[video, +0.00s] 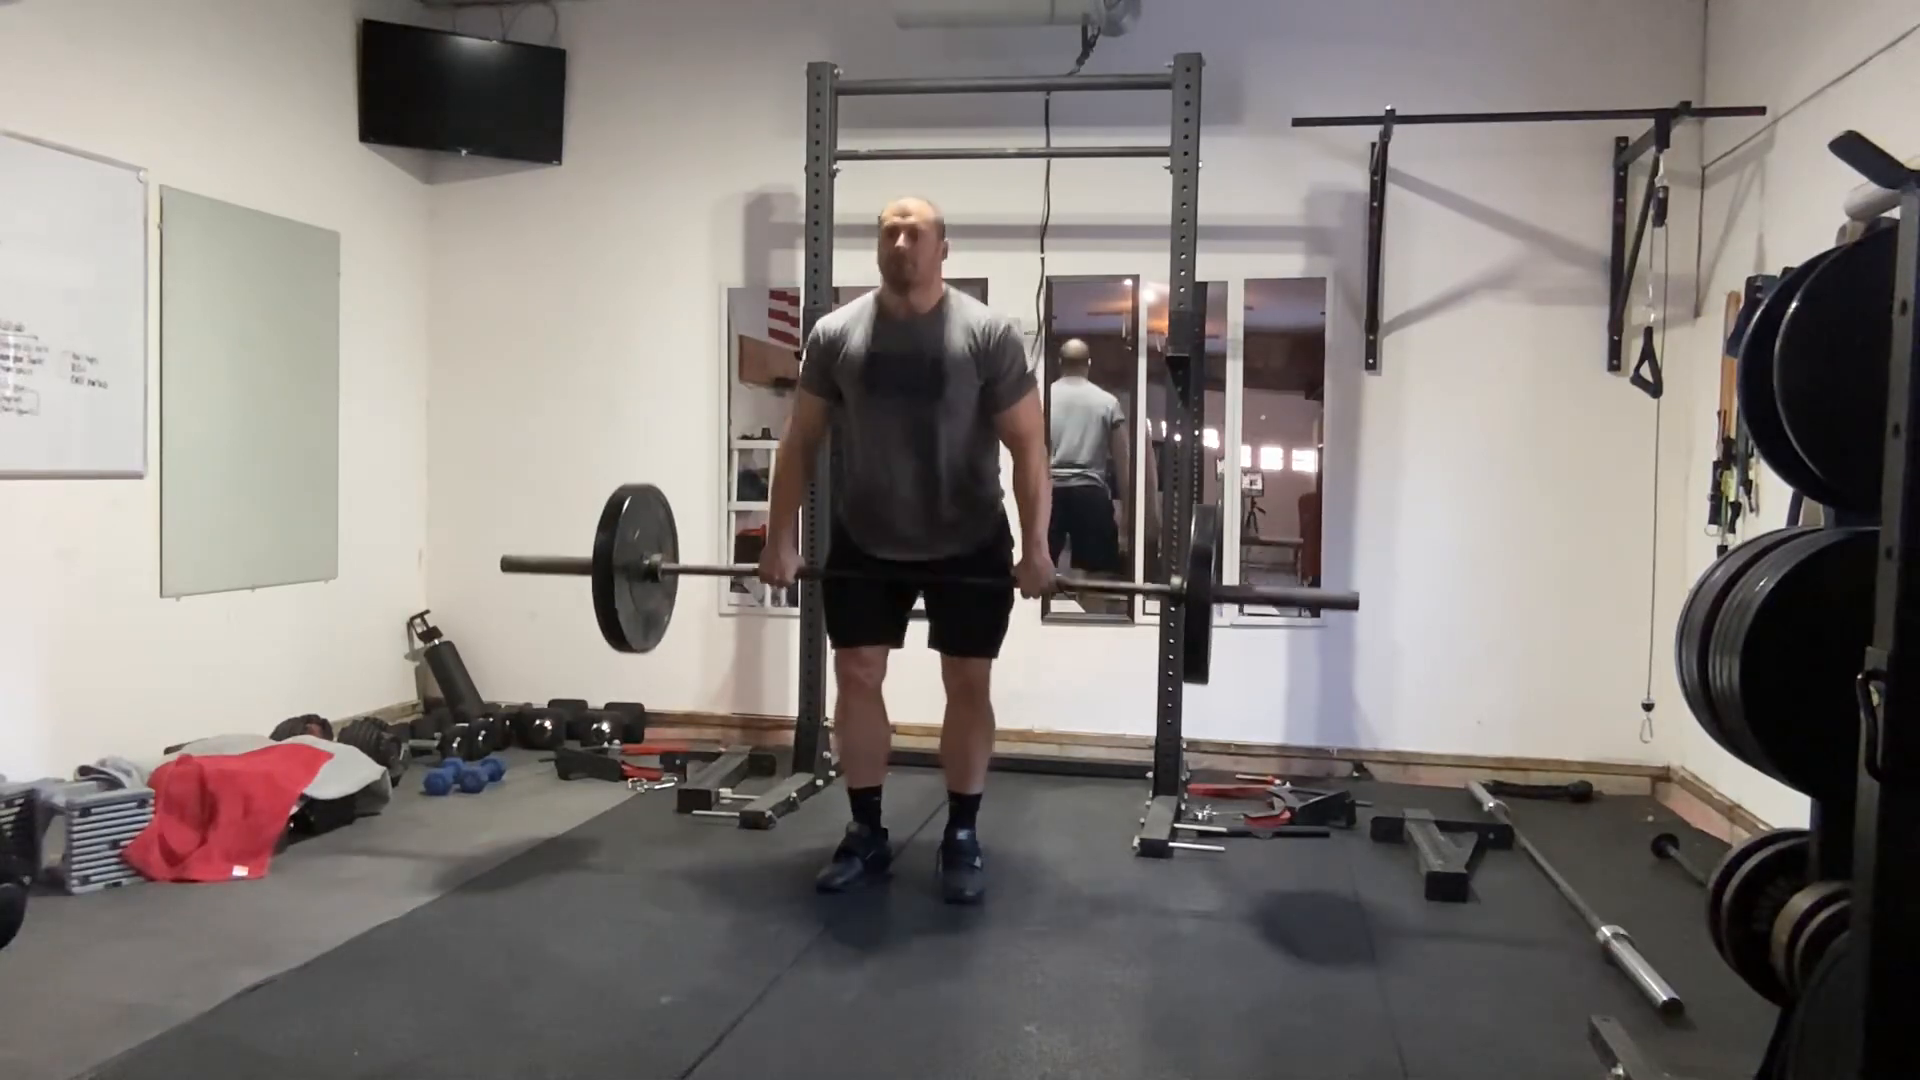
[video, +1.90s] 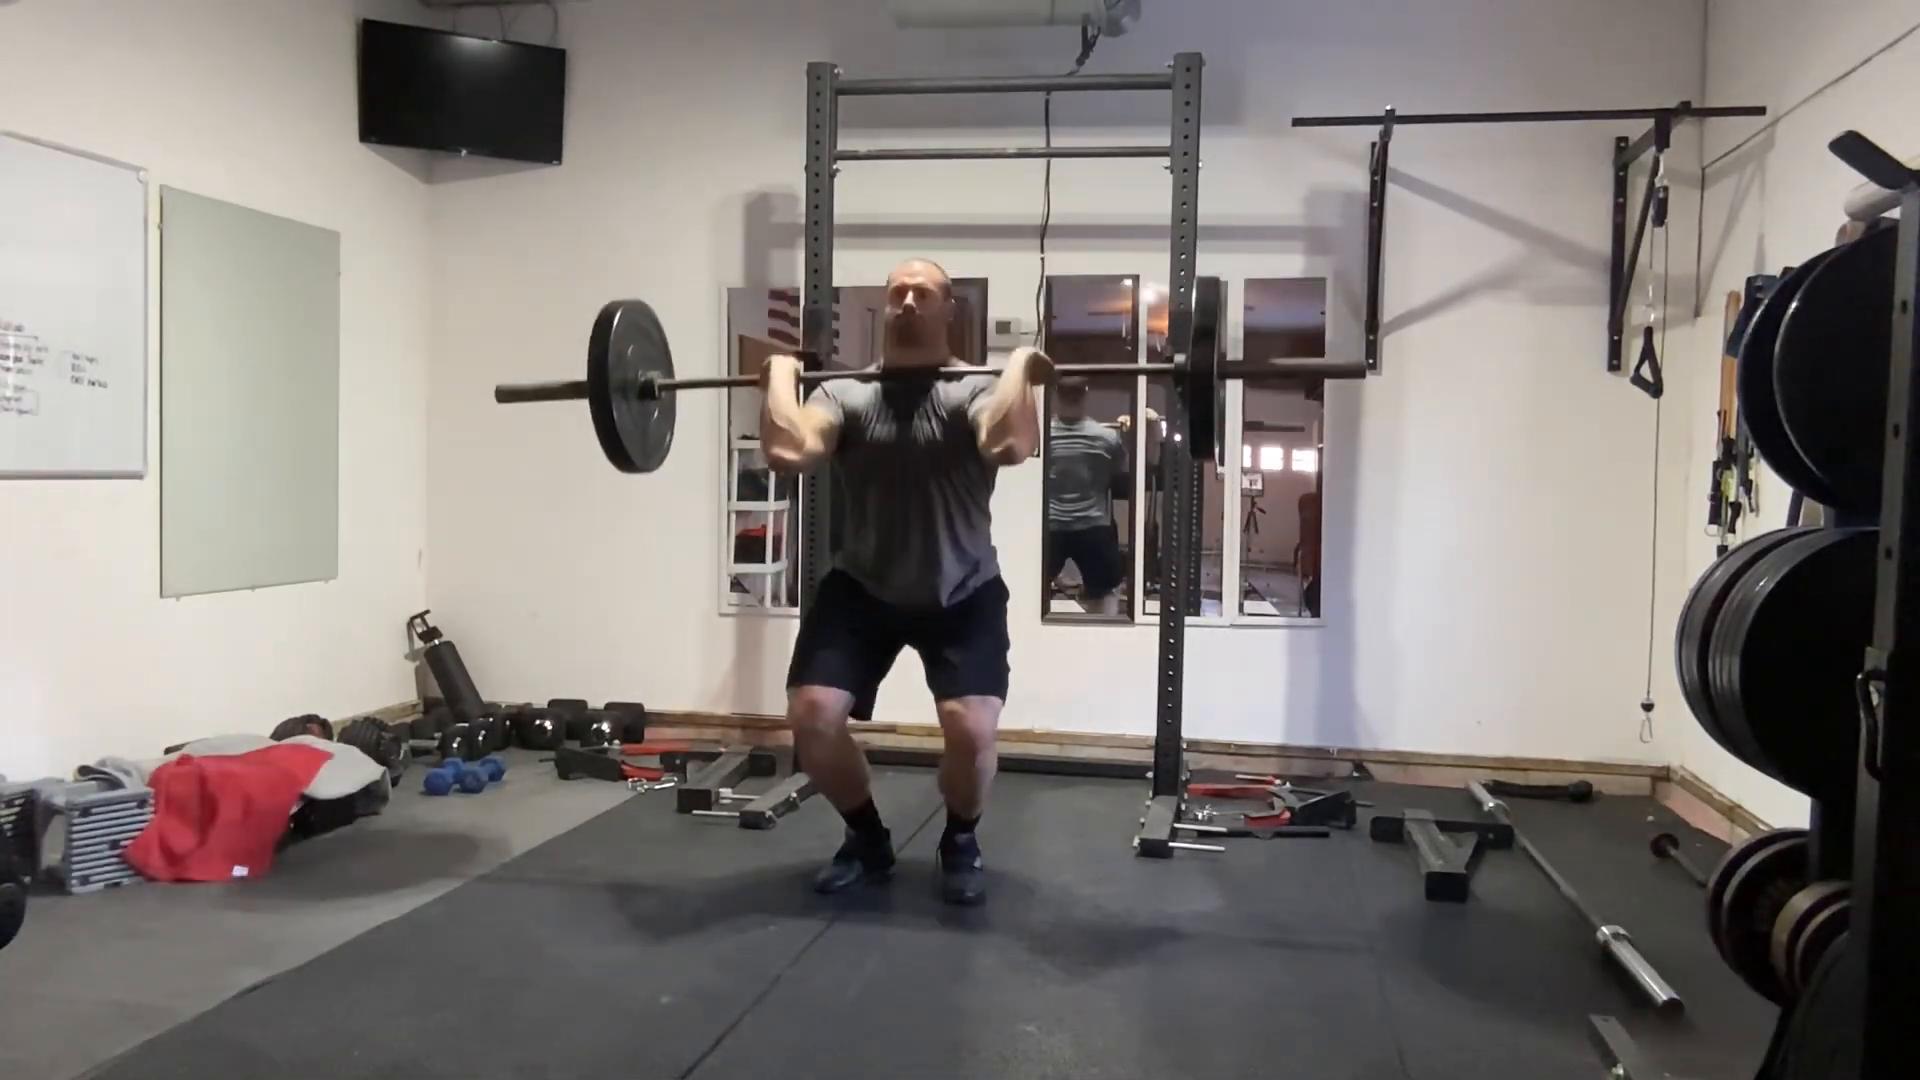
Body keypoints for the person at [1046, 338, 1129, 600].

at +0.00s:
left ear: (1060, 363)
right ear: (1088, 364)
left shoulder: (1045, 397)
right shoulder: (1106, 401)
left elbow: (1035, 450)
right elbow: (1122, 460)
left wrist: (1035, 493)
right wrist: (1125, 508)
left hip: (1052, 494)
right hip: (1092, 496)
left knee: (1043, 565)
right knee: (1098, 570)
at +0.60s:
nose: (1079, 356)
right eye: (1084, 350)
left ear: (1057, 352)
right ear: (1085, 353)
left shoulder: (1043, 386)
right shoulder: (1103, 389)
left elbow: (1031, 441)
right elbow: (1127, 440)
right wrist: (1129, 491)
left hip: (1051, 492)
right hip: (1093, 491)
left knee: (1047, 566)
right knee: (1094, 569)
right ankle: (1095, 631)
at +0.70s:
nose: (1068, 347)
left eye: (1063, 341)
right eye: (1072, 340)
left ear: (1053, 341)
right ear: (1083, 341)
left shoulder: (1044, 378)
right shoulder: (1102, 375)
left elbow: (1030, 426)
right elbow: (1129, 421)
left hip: (1050, 483)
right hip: (1090, 481)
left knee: (1044, 569)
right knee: (1091, 568)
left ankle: (1034, 639)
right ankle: (1098, 636)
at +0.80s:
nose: (1069, 348)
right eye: (1072, 340)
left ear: (1051, 342)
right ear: (1081, 342)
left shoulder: (1041, 375)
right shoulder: (1097, 374)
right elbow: (1129, 412)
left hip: (1047, 486)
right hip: (1088, 482)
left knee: (1043, 573)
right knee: (1092, 570)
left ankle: (1033, 642)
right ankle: (1098, 638)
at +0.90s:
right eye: (1082, 344)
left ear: (1053, 348)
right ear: (1082, 347)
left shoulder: (1041, 384)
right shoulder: (1098, 385)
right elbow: (1120, 429)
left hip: (1047, 490)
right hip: (1087, 487)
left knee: (1044, 573)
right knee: (1089, 572)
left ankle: (1036, 641)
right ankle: (1096, 637)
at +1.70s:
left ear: (1056, 386)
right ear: (1086, 385)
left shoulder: (1041, 427)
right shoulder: (1107, 430)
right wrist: (1125, 425)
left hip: (1050, 523)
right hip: (1093, 523)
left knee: (1034, 589)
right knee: (1107, 589)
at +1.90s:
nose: (1071, 403)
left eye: (1068, 396)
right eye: (1077, 396)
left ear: (1057, 398)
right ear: (1085, 398)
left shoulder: (1041, 435)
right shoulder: (1107, 438)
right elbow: (1123, 483)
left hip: (1050, 530)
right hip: (1094, 530)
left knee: (1035, 593)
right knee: (1102, 596)